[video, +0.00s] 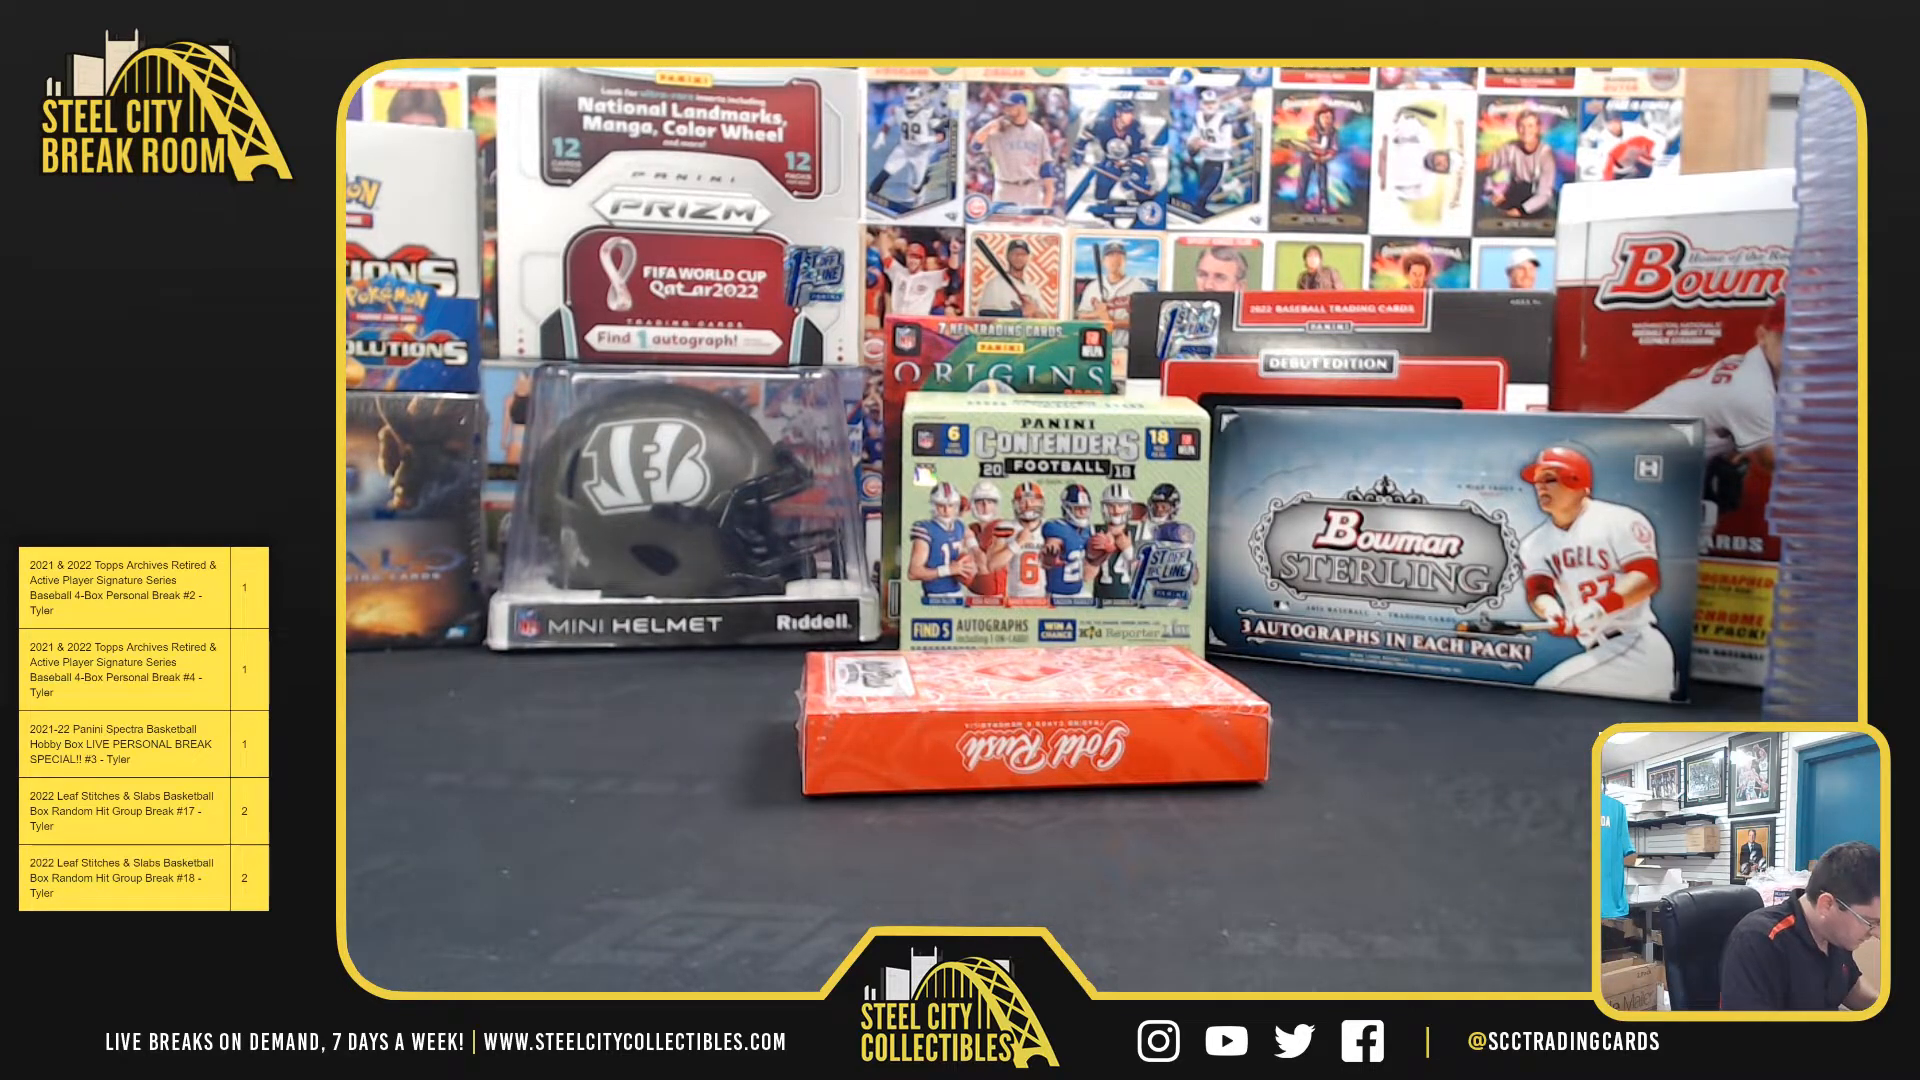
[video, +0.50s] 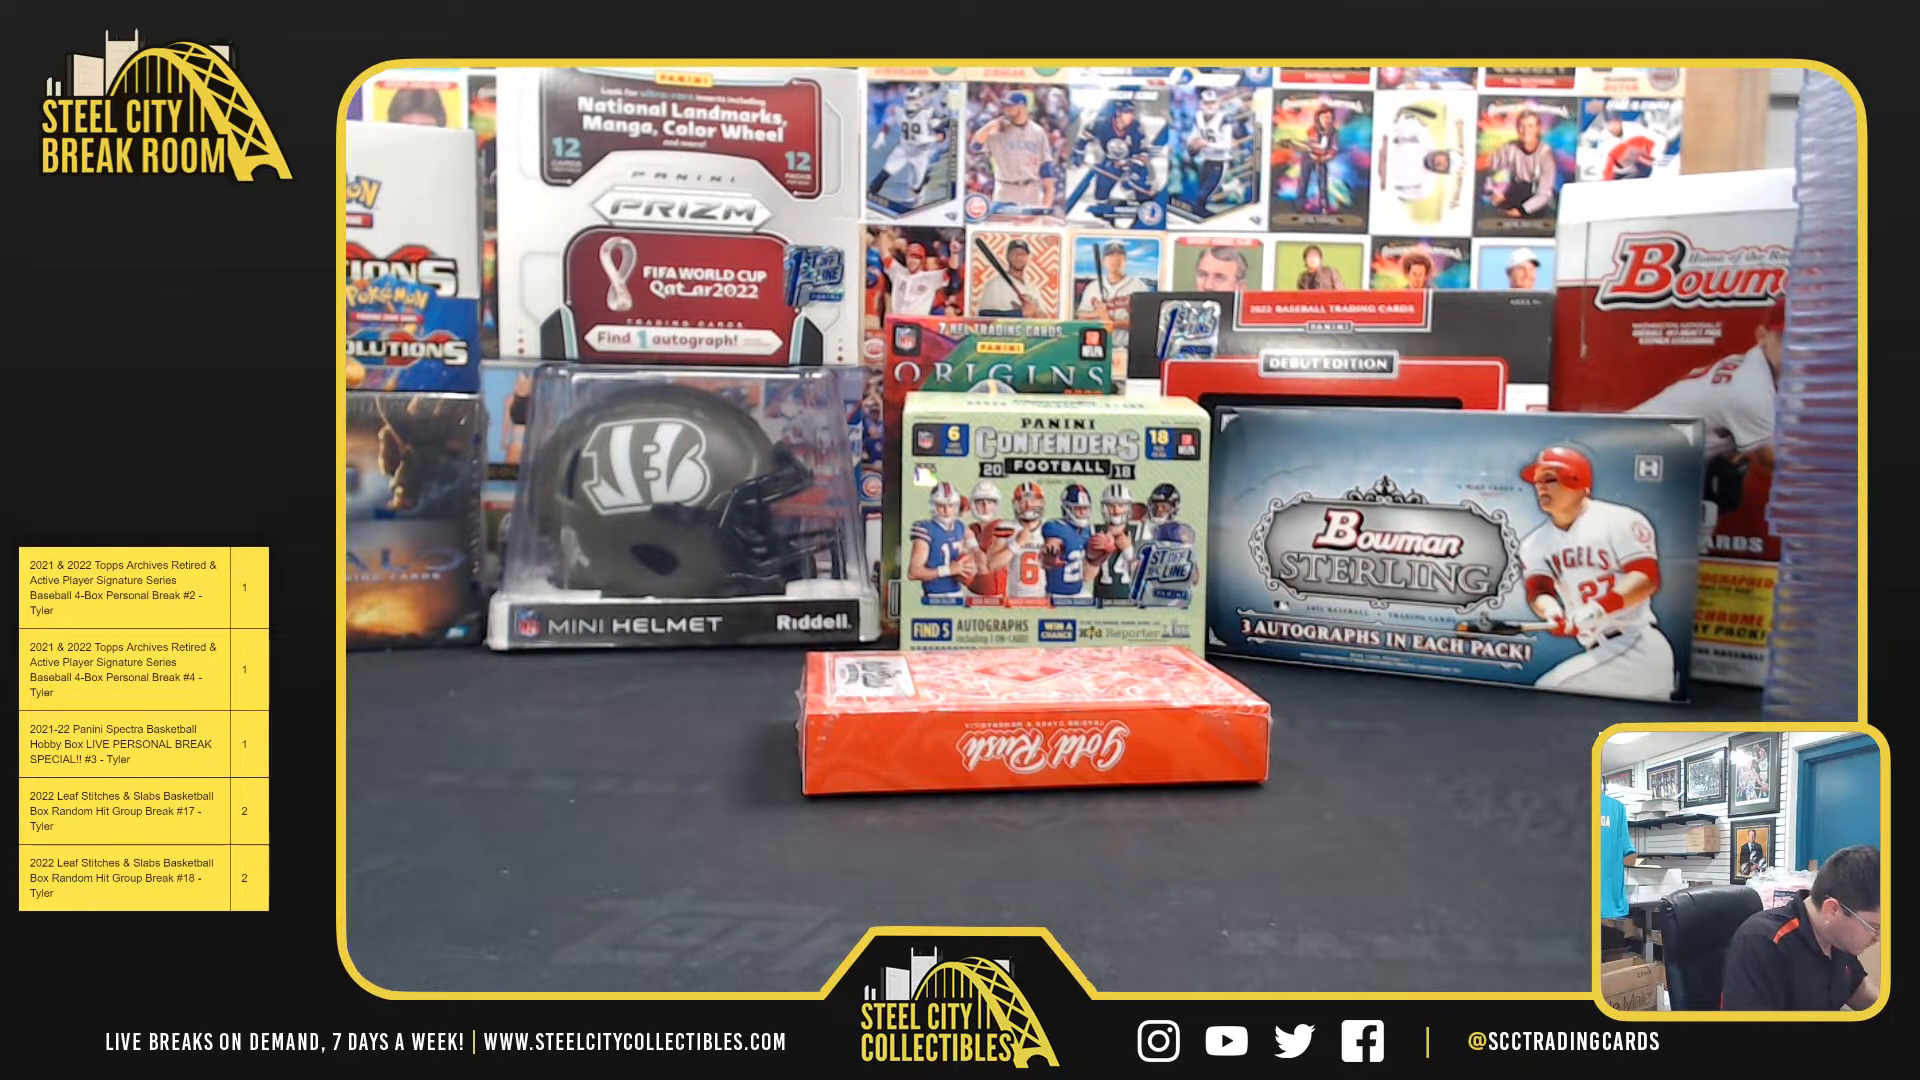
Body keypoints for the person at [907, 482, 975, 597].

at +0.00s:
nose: (946, 511)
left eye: (951, 506)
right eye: (941, 506)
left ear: (957, 507)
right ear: (934, 507)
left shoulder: (960, 528)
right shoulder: (925, 529)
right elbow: (914, 572)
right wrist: (949, 570)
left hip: (957, 595)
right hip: (935, 598)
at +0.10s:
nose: (946, 511)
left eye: (951, 506)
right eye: (941, 506)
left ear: (957, 507)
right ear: (934, 507)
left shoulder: (960, 528)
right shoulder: (925, 529)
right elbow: (914, 572)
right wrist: (949, 570)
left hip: (957, 595)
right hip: (935, 598)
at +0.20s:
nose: (946, 511)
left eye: (951, 506)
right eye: (941, 506)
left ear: (957, 507)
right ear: (934, 507)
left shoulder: (960, 528)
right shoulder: (925, 529)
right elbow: (914, 572)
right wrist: (949, 570)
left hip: (957, 596)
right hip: (935, 598)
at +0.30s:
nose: (946, 511)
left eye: (951, 506)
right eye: (941, 506)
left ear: (957, 507)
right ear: (934, 507)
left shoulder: (960, 528)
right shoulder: (925, 529)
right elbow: (914, 572)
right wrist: (949, 570)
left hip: (957, 596)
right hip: (935, 598)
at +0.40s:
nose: (946, 511)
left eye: (951, 506)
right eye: (941, 506)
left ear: (957, 507)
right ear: (934, 507)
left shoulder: (960, 528)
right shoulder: (925, 529)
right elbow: (914, 572)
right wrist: (949, 570)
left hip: (957, 596)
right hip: (935, 598)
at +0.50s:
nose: (946, 511)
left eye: (951, 506)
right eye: (941, 506)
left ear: (957, 507)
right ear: (934, 507)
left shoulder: (960, 528)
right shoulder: (925, 529)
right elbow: (914, 572)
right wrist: (949, 570)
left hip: (957, 596)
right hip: (935, 598)